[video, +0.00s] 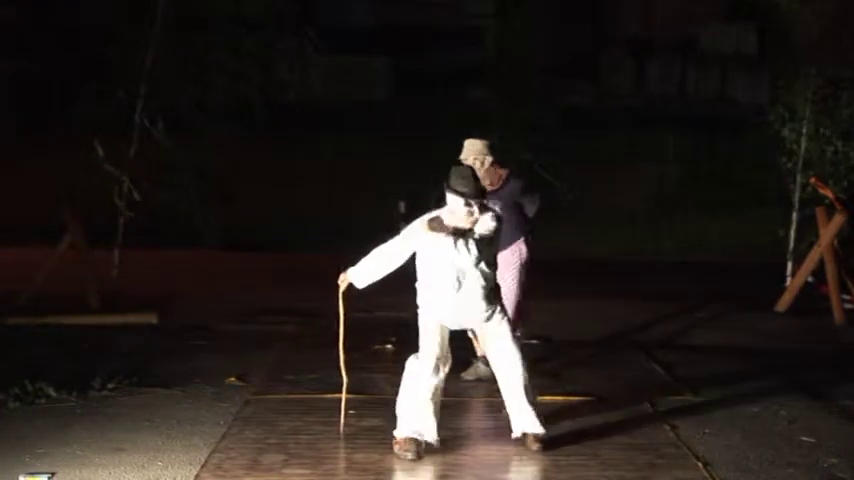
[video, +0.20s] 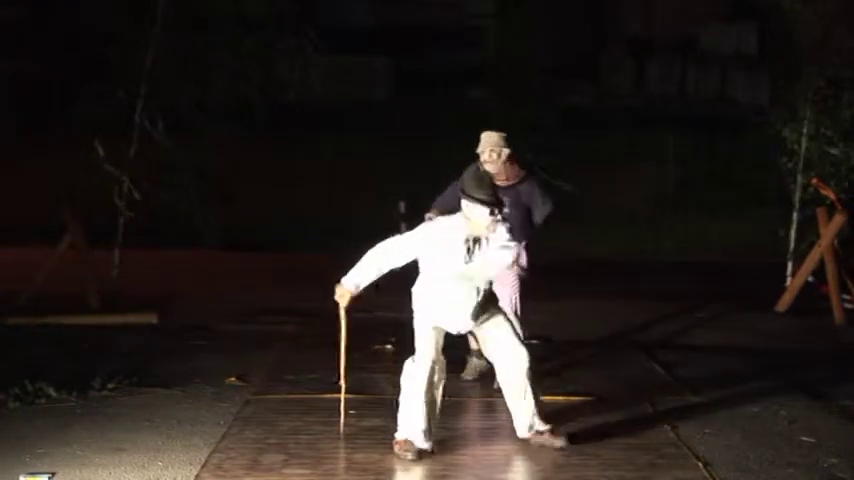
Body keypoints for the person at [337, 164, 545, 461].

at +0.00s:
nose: (470, 211)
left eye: (475, 204)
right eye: (464, 204)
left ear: (480, 202)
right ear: (450, 200)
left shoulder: (487, 220)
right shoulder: (426, 226)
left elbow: (489, 225)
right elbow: (391, 252)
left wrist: (451, 225)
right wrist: (355, 275)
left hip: (482, 309)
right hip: (436, 312)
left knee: (511, 363)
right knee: (429, 364)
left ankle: (528, 429)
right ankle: (409, 433)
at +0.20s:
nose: (492, 217)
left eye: (495, 210)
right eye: (485, 211)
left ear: (498, 208)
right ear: (467, 207)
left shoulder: (503, 237)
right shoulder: (438, 232)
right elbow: (389, 252)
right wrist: (352, 283)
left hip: (477, 302)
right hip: (433, 303)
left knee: (514, 356)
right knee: (426, 363)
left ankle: (529, 425)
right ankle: (411, 436)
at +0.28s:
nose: (501, 215)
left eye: (502, 208)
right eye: (495, 209)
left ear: (503, 207)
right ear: (473, 205)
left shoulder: (502, 228)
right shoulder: (441, 229)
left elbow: (531, 239)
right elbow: (391, 250)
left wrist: (537, 255)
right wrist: (365, 285)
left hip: (479, 306)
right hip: (435, 309)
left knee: (517, 353)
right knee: (427, 365)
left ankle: (534, 426)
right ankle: (408, 438)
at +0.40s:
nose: (511, 206)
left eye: (513, 200)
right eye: (505, 199)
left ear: (515, 196)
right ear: (486, 194)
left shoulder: (517, 219)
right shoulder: (457, 219)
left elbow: (566, 206)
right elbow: (407, 232)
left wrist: (615, 194)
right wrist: (398, 275)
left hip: (490, 305)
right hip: (444, 305)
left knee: (517, 358)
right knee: (432, 365)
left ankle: (535, 424)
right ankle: (409, 437)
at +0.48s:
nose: (529, 200)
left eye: (530, 194)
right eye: (523, 195)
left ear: (531, 191)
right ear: (503, 193)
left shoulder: (535, 210)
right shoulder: (473, 213)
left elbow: (581, 182)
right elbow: (424, 220)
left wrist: (622, 164)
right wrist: (420, 265)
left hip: (495, 301)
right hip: (450, 298)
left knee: (520, 359)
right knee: (435, 361)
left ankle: (544, 421)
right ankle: (413, 434)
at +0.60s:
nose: (509, 170)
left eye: (517, 166)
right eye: (505, 163)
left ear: (528, 170)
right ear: (496, 165)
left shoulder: (538, 211)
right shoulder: (477, 202)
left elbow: (551, 196)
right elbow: (454, 217)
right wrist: (458, 253)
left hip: (512, 296)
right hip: (466, 291)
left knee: (535, 355)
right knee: (444, 356)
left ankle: (555, 420)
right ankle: (422, 430)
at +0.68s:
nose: (524, 188)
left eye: (529, 183)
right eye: (521, 183)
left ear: (534, 182)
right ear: (510, 181)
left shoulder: (542, 223)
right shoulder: (488, 210)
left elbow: (563, 206)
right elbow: (471, 268)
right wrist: (457, 311)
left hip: (521, 304)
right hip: (475, 298)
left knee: (548, 356)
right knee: (453, 358)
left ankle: (554, 417)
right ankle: (425, 430)